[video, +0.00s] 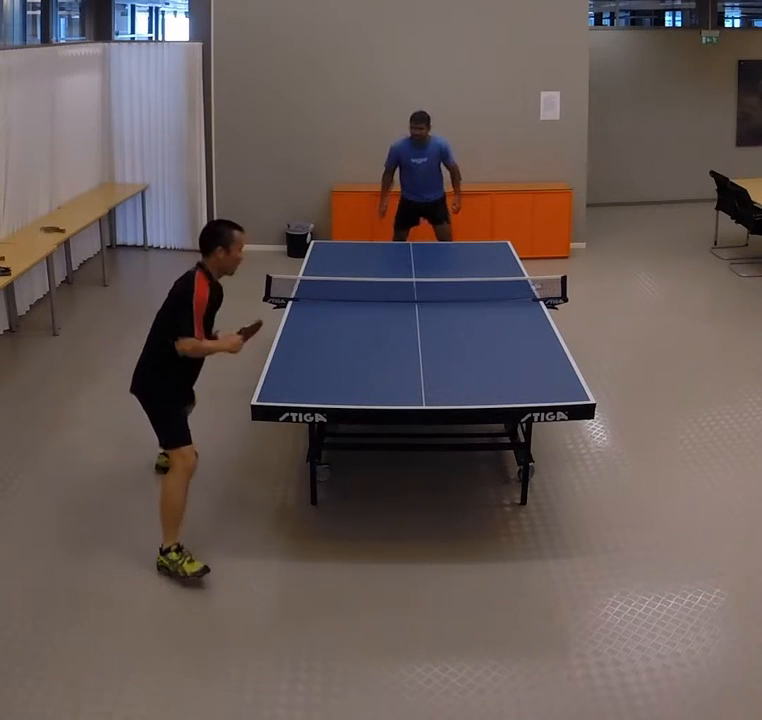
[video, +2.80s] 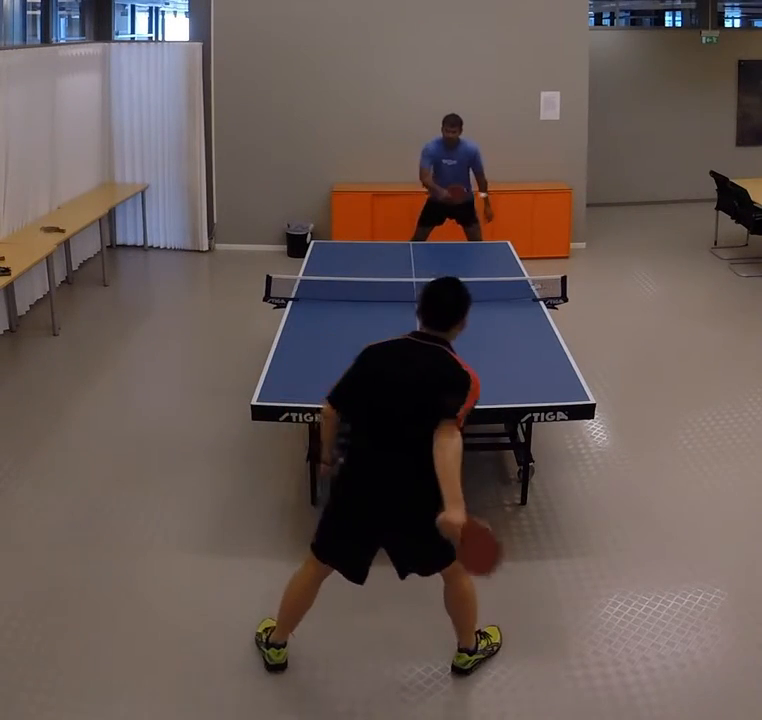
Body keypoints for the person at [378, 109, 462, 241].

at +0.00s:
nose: (416, 132)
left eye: (420, 129)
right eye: (413, 128)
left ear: (428, 129)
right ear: (409, 128)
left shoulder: (440, 146)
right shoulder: (398, 149)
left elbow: (454, 170)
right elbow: (388, 174)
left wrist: (457, 196)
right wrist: (383, 201)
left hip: (435, 201)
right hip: (409, 202)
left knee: (446, 240)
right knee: (398, 241)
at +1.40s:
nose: (429, 157)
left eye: (432, 153)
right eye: (425, 153)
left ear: (438, 152)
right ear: (418, 150)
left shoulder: (447, 166)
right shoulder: (406, 168)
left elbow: (462, 187)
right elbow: (383, 193)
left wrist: (468, 218)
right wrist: (396, 213)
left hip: (439, 211)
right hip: (413, 211)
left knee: (447, 246)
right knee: (400, 248)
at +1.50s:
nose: (434, 163)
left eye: (439, 159)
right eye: (431, 159)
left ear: (444, 158)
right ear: (425, 157)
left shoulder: (453, 171)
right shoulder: (414, 172)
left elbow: (467, 192)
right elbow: (395, 199)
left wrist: (475, 219)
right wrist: (413, 214)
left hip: (442, 210)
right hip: (417, 210)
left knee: (450, 247)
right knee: (402, 247)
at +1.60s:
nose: (439, 167)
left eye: (443, 163)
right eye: (435, 162)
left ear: (448, 161)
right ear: (429, 160)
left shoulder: (456, 172)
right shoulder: (418, 175)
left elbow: (469, 193)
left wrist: (479, 218)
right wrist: (428, 215)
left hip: (444, 211)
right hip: (421, 210)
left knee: (453, 246)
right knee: (404, 245)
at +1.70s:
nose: (443, 166)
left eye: (447, 163)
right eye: (439, 162)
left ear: (453, 161)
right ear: (433, 160)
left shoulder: (460, 171)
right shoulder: (423, 174)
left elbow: (472, 192)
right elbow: (427, 202)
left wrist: (481, 217)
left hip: (447, 211)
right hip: (423, 210)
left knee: (455, 247)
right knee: (405, 246)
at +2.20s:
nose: (430, 143)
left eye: (434, 139)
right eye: (426, 139)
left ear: (440, 139)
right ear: (421, 139)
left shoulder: (451, 153)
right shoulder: (409, 159)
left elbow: (460, 171)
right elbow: (404, 188)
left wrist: (465, 194)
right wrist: (424, 210)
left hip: (446, 203)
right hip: (421, 203)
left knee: (456, 243)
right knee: (409, 244)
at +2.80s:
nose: (449, 136)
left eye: (453, 132)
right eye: (447, 131)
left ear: (460, 132)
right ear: (442, 130)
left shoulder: (470, 150)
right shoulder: (431, 149)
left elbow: (481, 179)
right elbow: (424, 177)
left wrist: (487, 205)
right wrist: (439, 191)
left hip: (463, 201)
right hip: (438, 200)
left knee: (477, 243)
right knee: (417, 240)